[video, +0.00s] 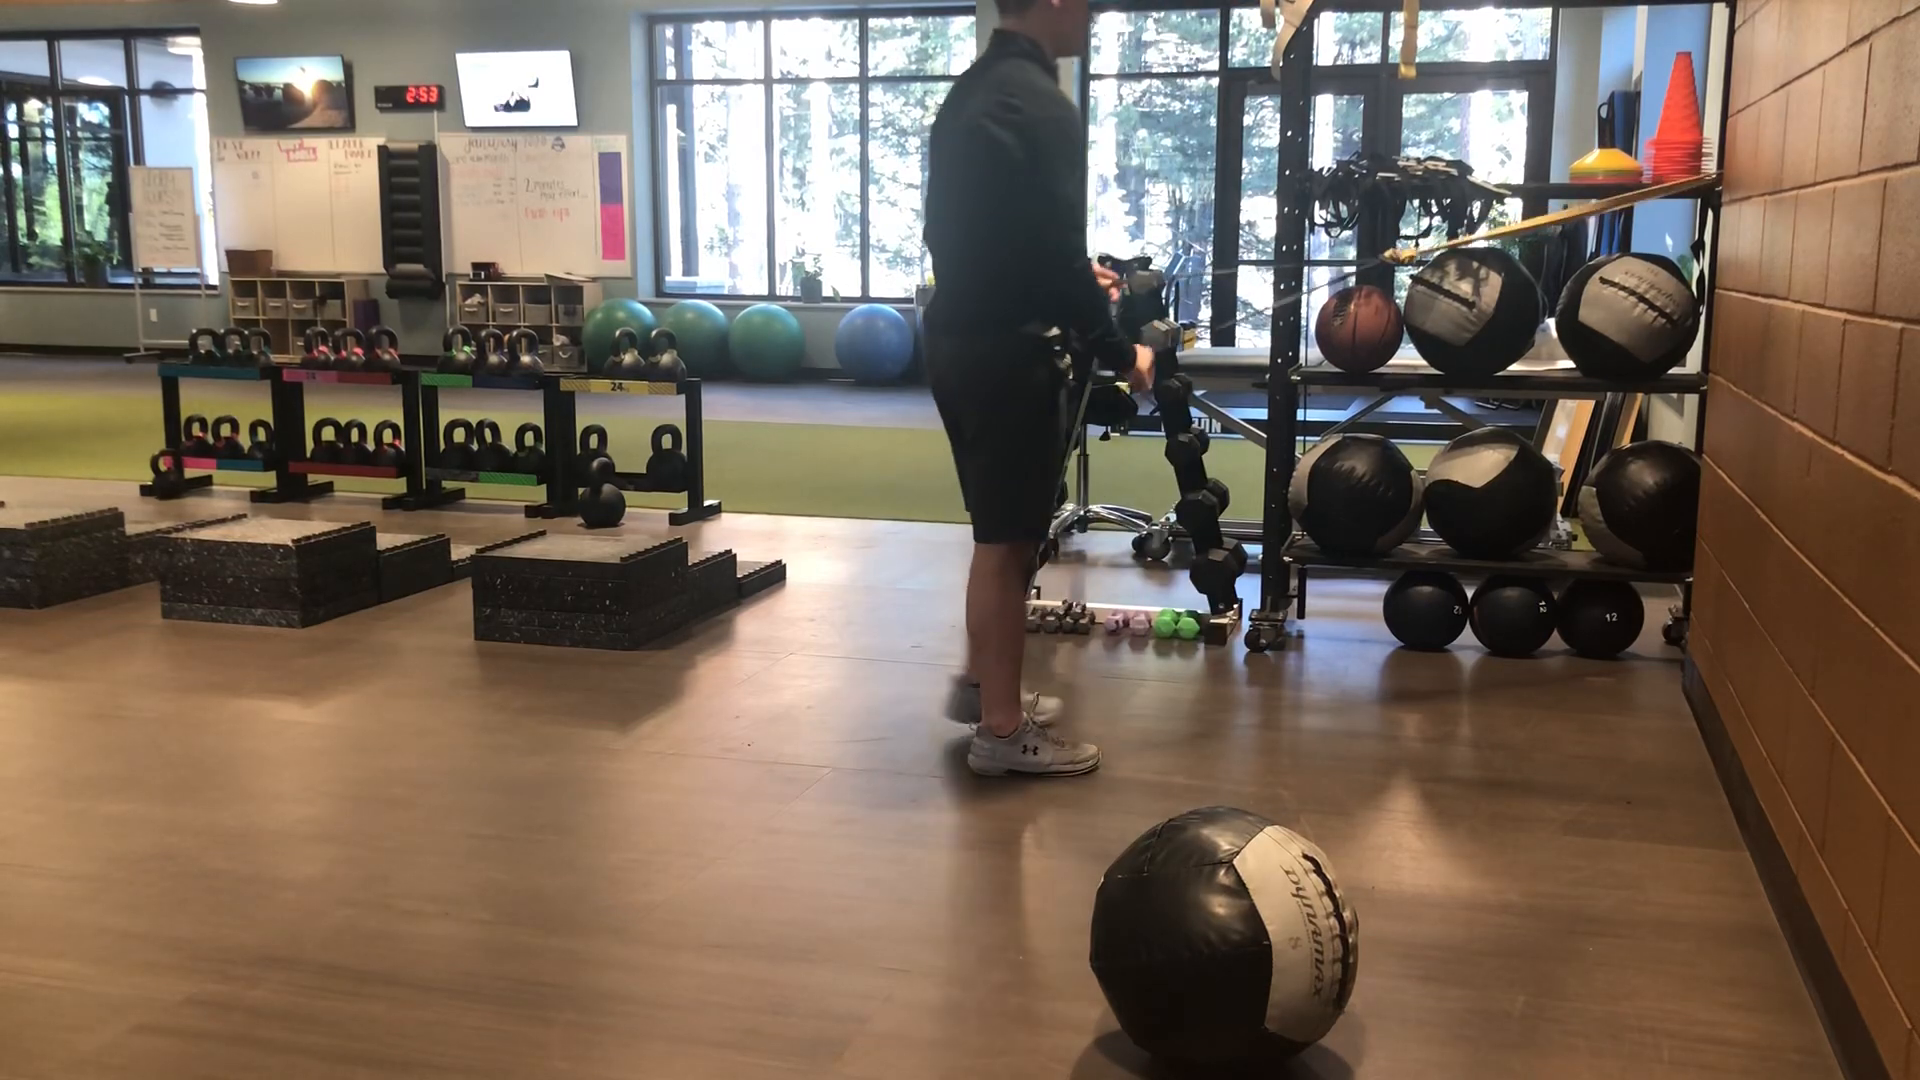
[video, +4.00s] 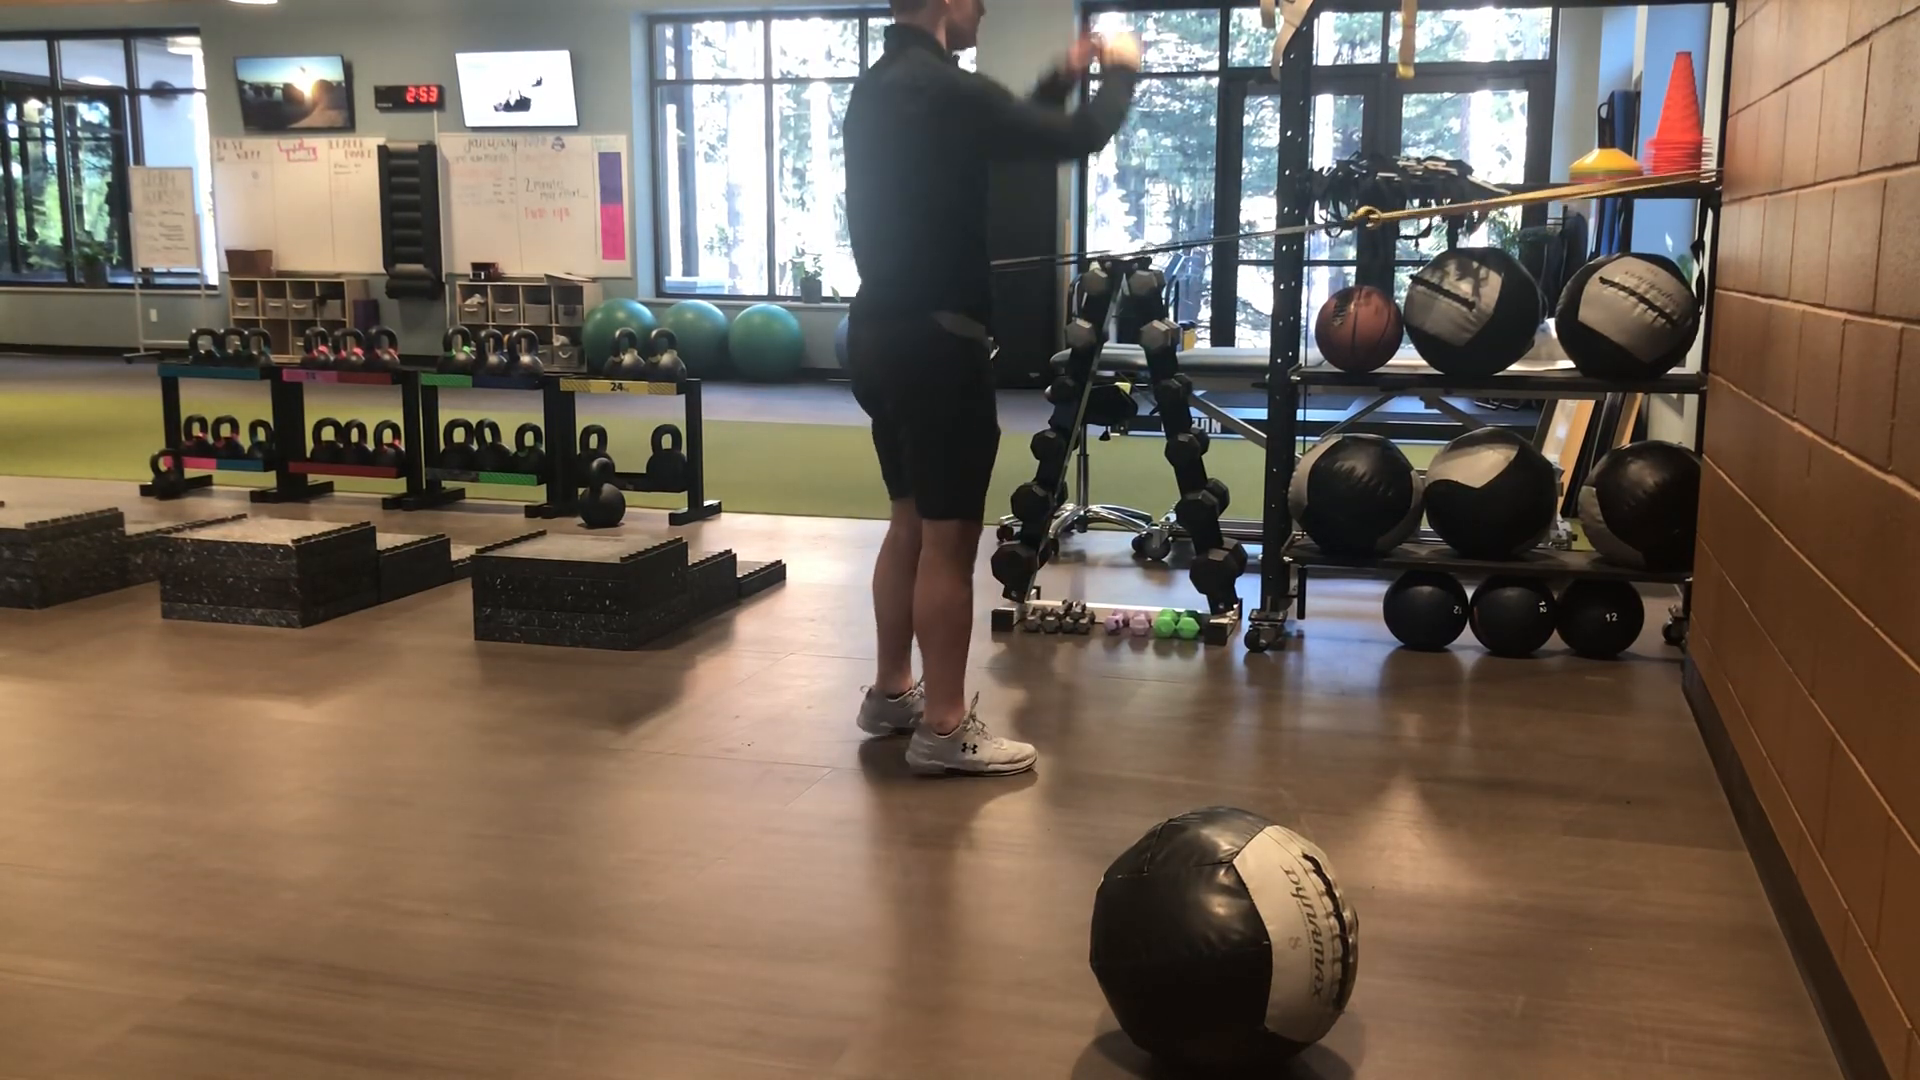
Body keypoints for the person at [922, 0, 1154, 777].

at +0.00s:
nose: (1091, 20)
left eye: (1089, 9)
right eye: (1086, 8)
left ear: (1014, 11)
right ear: (1055, 8)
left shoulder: (968, 96)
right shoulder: (1045, 109)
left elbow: (967, 238)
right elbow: (1051, 260)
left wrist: (1075, 272)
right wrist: (1121, 348)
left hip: (960, 342)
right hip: (1011, 348)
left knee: (1004, 529)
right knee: (1009, 540)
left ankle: (983, 681)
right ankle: (1001, 731)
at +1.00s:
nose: (981, 21)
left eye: (978, 9)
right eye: (977, 9)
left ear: (913, 16)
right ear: (954, 11)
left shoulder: (878, 101)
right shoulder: (945, 106)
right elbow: (967, 236)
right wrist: (1051, 293)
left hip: (874, 335)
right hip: (925, 338)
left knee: (918, 526)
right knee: (937, 532)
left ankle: (889, 695)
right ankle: (929, 730)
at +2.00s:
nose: (965, 19)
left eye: (965, 10)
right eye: (960, 8)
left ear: (887, 11)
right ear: (931, 4)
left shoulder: (861, 75)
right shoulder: (931, 57)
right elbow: (1043, 15)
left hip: (878, 314)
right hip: (939, 313)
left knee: (915, 506)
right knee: (961, 515)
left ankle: (902, 669)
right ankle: (950, 706)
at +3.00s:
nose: (1064, 140)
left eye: (1065, 124)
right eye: (1060, 122)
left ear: (1001, 116)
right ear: (1029, 114)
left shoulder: (932, 185)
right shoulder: (995, 207)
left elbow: (849, 282)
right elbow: (939, 326)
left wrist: (791, 376)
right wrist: (890, 438)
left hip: (832, 386)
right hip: (884, 395)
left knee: (952, 542)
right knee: (1015, 553)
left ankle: (892, 698)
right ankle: (948, 732)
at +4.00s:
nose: (979, 13)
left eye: (975, 2)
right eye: (973, 2)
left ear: (906, 11)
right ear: (945, 5)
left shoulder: (875, 88)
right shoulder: (947, 91)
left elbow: (995, 139)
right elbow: (1079, 136)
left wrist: (1057, 79)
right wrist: (1123, 72)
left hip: (882, 335)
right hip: (941, 342)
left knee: (909, 522)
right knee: (949, 541)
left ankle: (890, 694)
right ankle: (944, 730)